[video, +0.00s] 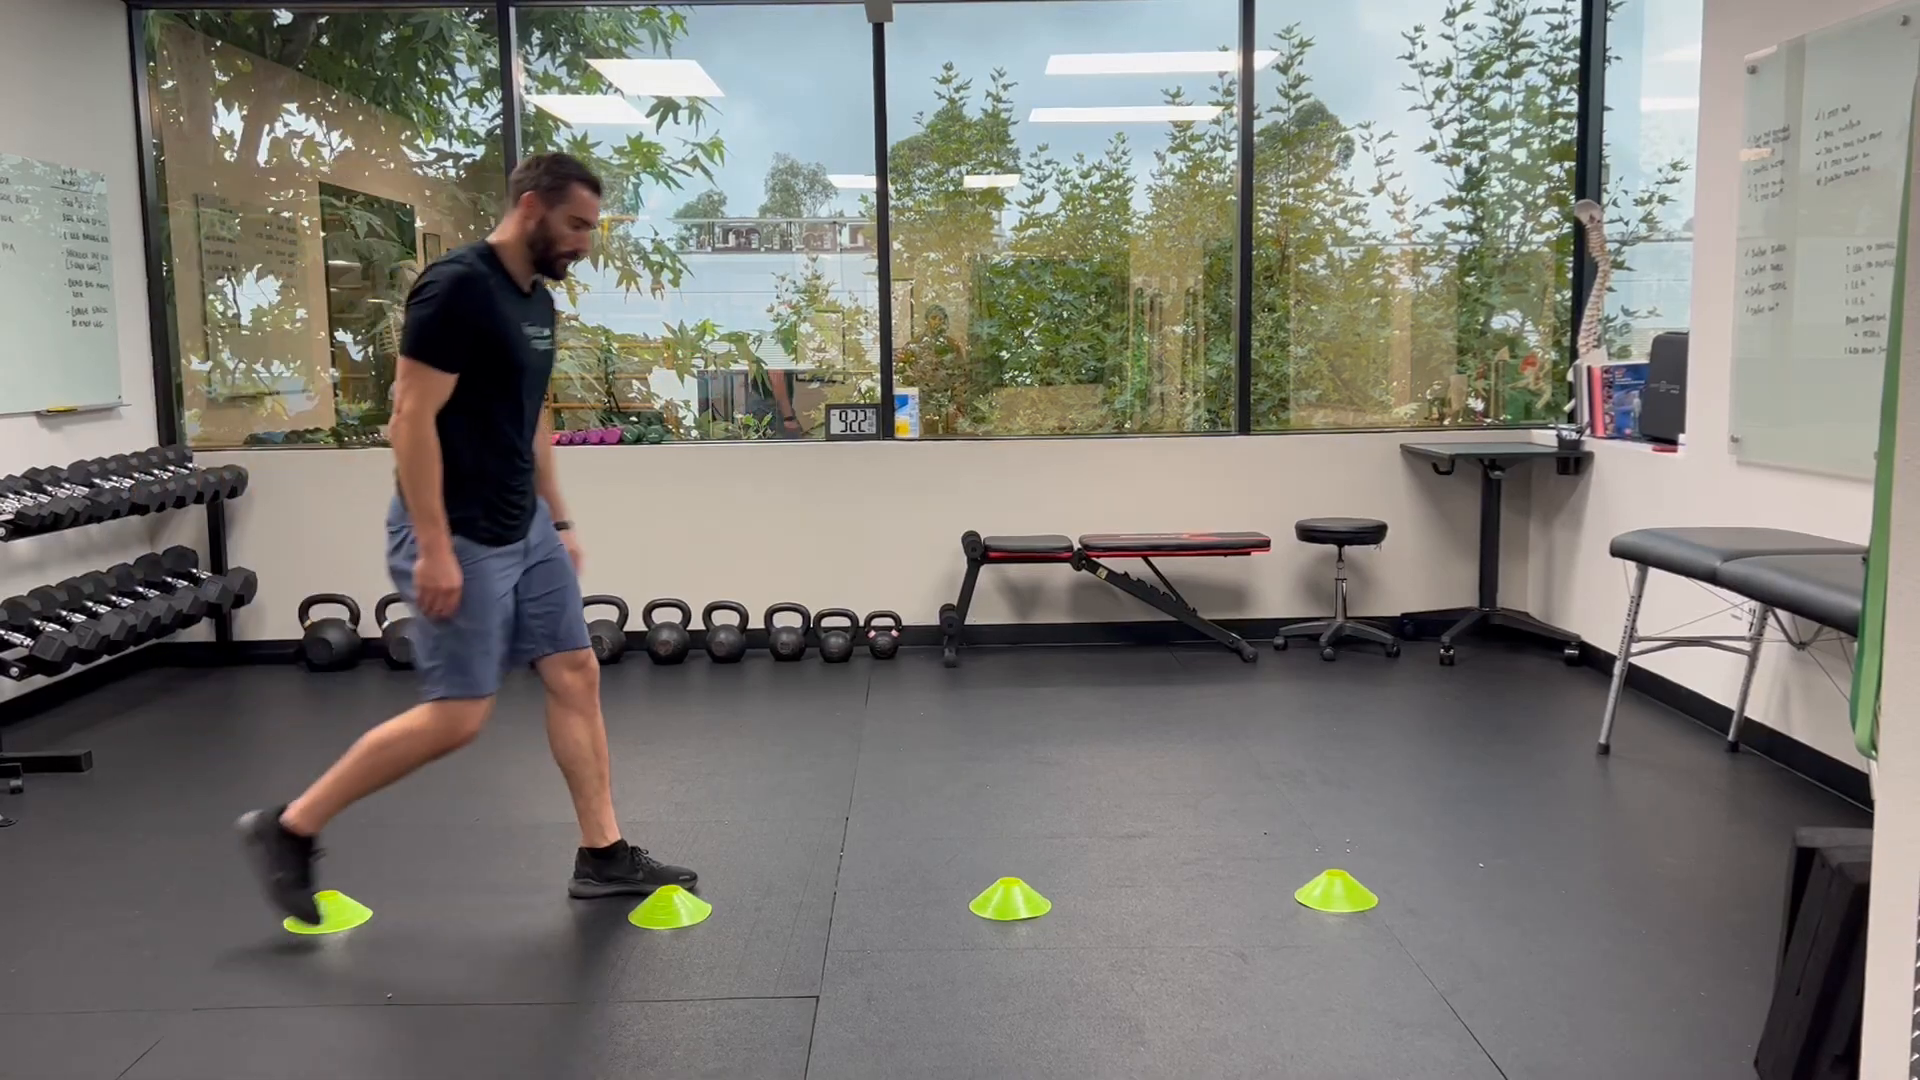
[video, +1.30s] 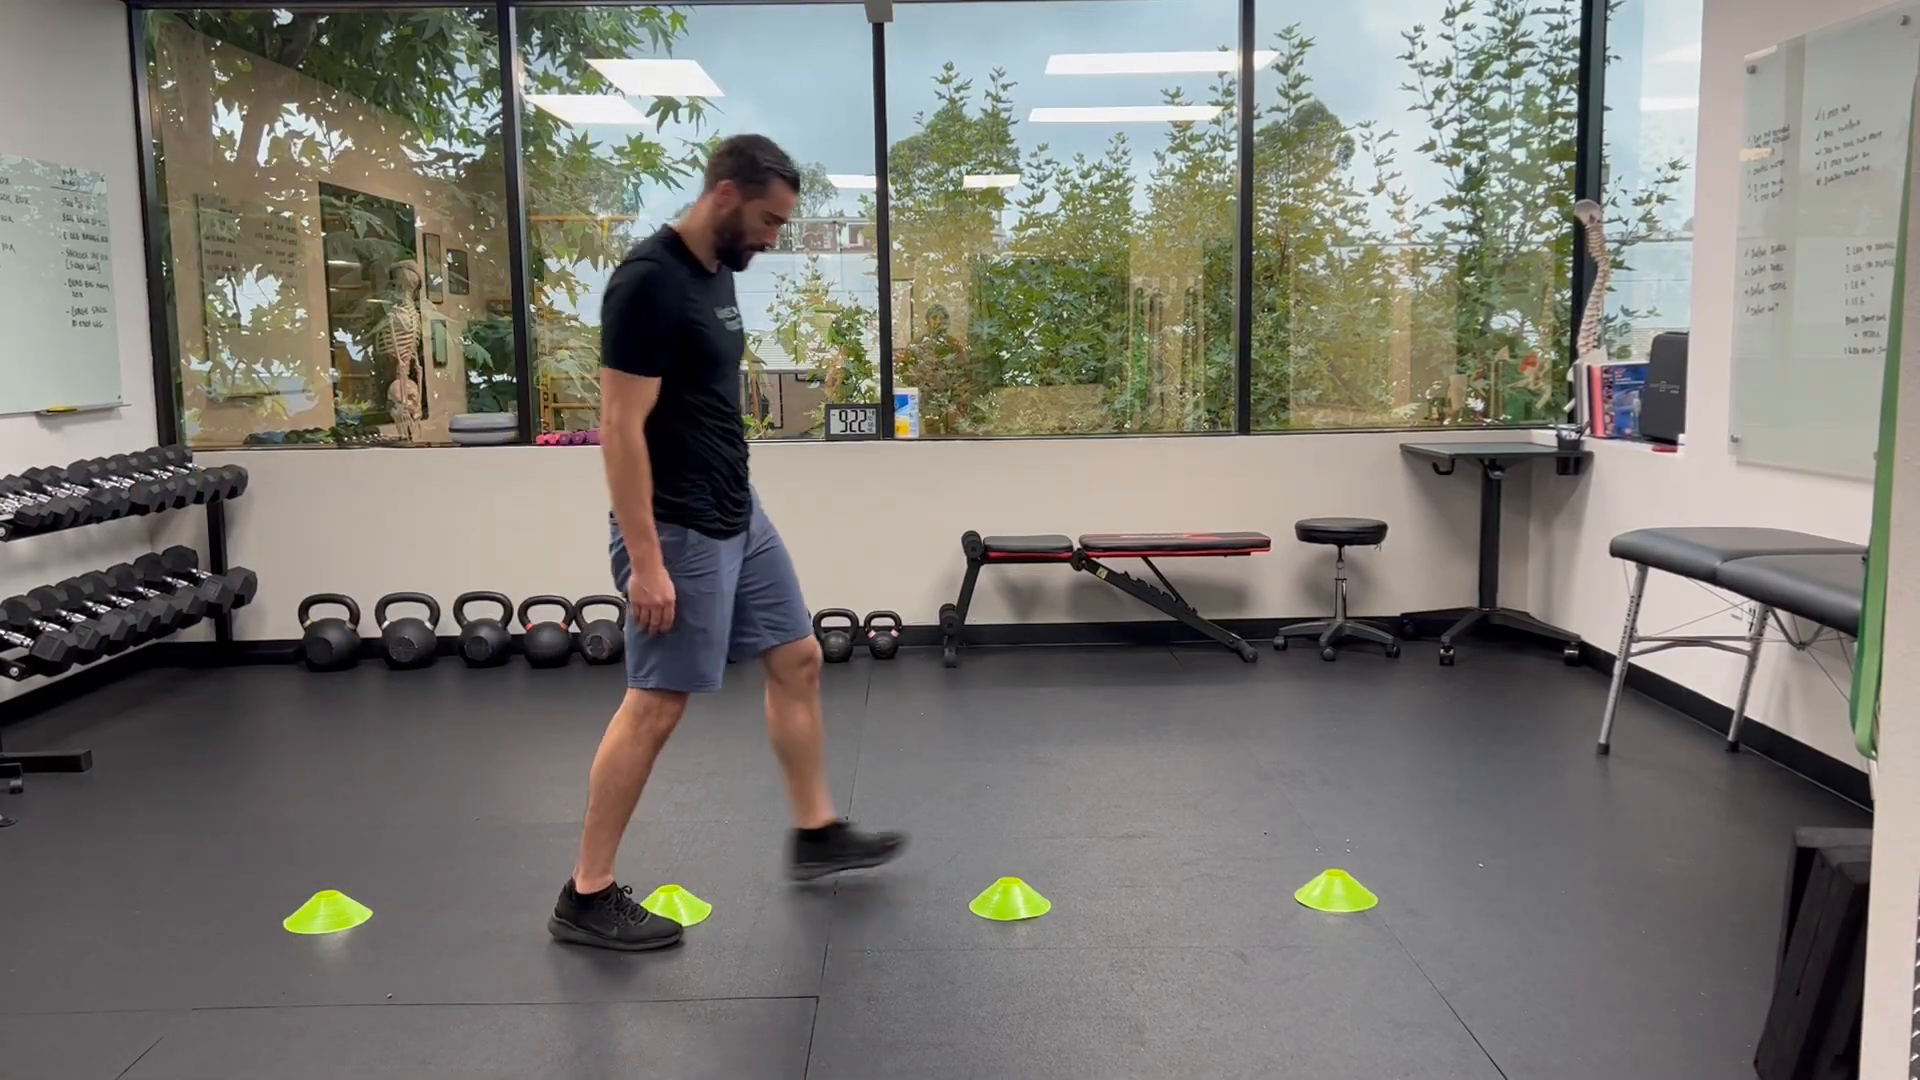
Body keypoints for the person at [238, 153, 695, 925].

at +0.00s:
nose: (585, 243)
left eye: (591, 229)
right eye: (578, 225)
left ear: (557, 218)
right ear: (530, 206)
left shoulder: (537, 299)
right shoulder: (456, 287)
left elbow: (531, 420)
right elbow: (410, 418)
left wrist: (557, 519)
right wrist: (434, 547)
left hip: (526, 534)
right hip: (457, 543)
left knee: (574, 672)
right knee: (457, 714)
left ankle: (603, 851)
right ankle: (289, 829)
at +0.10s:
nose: (610, 230)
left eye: (618, 216)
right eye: (601, 211)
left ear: (594, 210)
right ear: (554, 195)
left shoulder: (571, 290)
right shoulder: (480, 279)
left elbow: (571, 407)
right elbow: (435, 412)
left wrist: (618, 505)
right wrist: (476, 531)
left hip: (549, 516)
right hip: (485, 522)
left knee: (584, 675)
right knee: (538, 686)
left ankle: (603, 852)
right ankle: (385, 819)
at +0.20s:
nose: (614, 209)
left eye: (624, 198)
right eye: (603, 190)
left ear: (626, 205)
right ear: (559, 182)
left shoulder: (592, 286)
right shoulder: (497, 274)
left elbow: (611, 403)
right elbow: (461, 409)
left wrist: (673, 484)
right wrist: (509, 522)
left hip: (571, 510)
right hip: (504, 515)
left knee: (597, 674)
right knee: (584, 675)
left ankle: (603, 851)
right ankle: (497, 855)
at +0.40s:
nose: (605, 188)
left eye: (619, 177)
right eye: (592, 170)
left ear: (627, 190)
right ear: (554, 174)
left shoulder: (608, 277)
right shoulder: (519, 267)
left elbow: (642, 391)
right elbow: (502, 406)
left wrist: (708, 367)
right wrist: (548, 527)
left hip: (621, 511)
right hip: (568, 517)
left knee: (628, 677)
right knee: (597, 688)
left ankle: (607, 855)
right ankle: (584, 894)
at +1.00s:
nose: (675, 199)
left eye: (683, 186)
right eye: (663, 182)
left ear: (682, 188)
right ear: (615, 174)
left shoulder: (662, 276)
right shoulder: (573, 281)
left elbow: (697, 386)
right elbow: (564, 425)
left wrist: (778, 430)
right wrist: (605, 549)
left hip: (683, 522)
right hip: (623, 526)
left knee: (687, 680)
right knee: (629, 694)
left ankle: (616, 845)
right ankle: (585, 892)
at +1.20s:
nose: (738, 237)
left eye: (744, 224)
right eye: (733, 220)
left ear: (705, 202)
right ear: (686, 194)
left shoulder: (689, 273)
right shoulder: (610, 282)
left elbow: (685, 407)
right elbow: (591, 433)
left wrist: (715, 508)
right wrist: (627, 561)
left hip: (717, 519)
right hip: (656, 532)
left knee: (778, 657)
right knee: (644, 705)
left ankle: (714, 819)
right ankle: (587, 893)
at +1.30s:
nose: (772, 239)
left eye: (778, 226)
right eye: (769, 222)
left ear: (738, 204)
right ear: (724, 196)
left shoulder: (714, 272)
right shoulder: (650, 281)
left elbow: (703, 410)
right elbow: (619, 428)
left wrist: (737, 512)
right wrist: (646, 560)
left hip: (738, 520)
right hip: (675, 533)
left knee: (797, 661)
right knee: (653, 706)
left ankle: (817, 831)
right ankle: (587, 892)